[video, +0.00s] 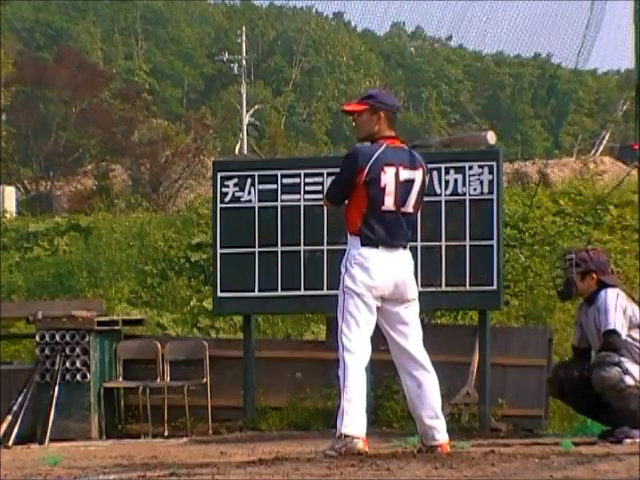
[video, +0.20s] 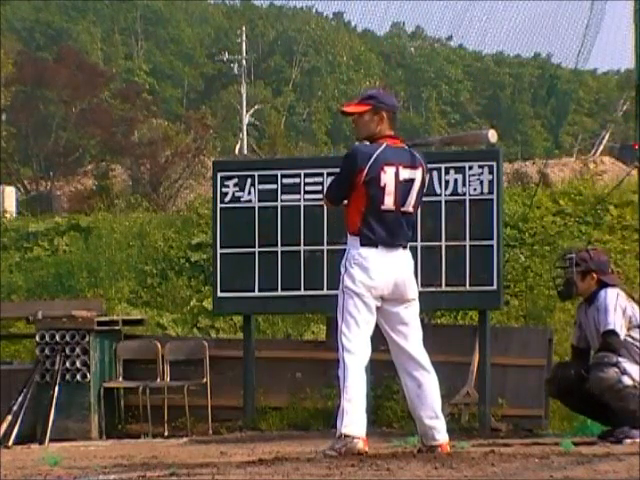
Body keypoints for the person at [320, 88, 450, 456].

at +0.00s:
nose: (354, 122)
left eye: (359, 116)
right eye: (355, 116)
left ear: (379, 118)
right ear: (385, 120)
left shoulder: (362, 154)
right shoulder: (416, 160)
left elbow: (334, 197)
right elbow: (411, 206)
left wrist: (366, 183)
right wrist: (366, 189)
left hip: (365, 261)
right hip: (402, 261)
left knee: (354, 350)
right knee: (412, 352)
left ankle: (352, 435)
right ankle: (436, 437)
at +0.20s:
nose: (354, 123)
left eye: (359, 117)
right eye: (354, 117)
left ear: (380, 119)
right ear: (385, 121)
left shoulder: (361, 154)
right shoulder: (417, 160)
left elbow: (333, 197)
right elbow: (408, 204)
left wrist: (366, 182)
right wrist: (364, 189)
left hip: (364, 261)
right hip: (401, 261)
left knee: (354, 350)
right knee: (412, 352)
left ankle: (352, 435)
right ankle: (436, 437)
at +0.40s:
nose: (353, 123)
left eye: (359, 117)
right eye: (354, 117)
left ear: (381, 119)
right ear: (384, 121)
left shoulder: (362, 153)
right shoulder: (415, 158)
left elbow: (333, 197)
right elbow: (403, 200)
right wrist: (359, 190)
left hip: (365, 261)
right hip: (402, 261)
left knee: (354, 349)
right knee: (412, 353)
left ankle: (352, 435)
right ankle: (436, 437)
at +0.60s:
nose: (353, 123)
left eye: (359, 117)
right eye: (353, 116)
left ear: (380, 119)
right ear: (384, 121)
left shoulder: (362, 155)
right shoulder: (415, 158)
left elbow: (333, 197)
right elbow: (401, 198)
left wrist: (357, 170)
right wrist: (362, 184)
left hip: (366, 260)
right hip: (403, 261)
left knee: (355, 349)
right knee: (412, 352)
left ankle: (352, 435)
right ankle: (436, 437)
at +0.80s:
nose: (353, 123)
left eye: (359, 117)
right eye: (354, 116)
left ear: (380, 119)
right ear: (384, 121)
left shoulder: (362, 155)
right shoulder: (415, 158)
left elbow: (334, 199)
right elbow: (403, 200)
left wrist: (357, 172)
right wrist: (364, 184)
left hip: (367, 261)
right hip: (403, 261)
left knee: (355, 349)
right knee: (412, 352)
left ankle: (352, 434)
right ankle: (436, 437)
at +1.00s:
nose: (354, 123)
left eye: (359, 117)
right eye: (354, 117)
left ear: (380, 119)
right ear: (384, 121)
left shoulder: (363, 155)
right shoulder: (416, 159)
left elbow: (335, 199)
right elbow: (405, 203)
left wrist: (357, 171)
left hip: (367, 261)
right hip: (403, 261)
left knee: (354, 349)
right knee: (413, 352)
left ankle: (352, 435)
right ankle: (436, 437)